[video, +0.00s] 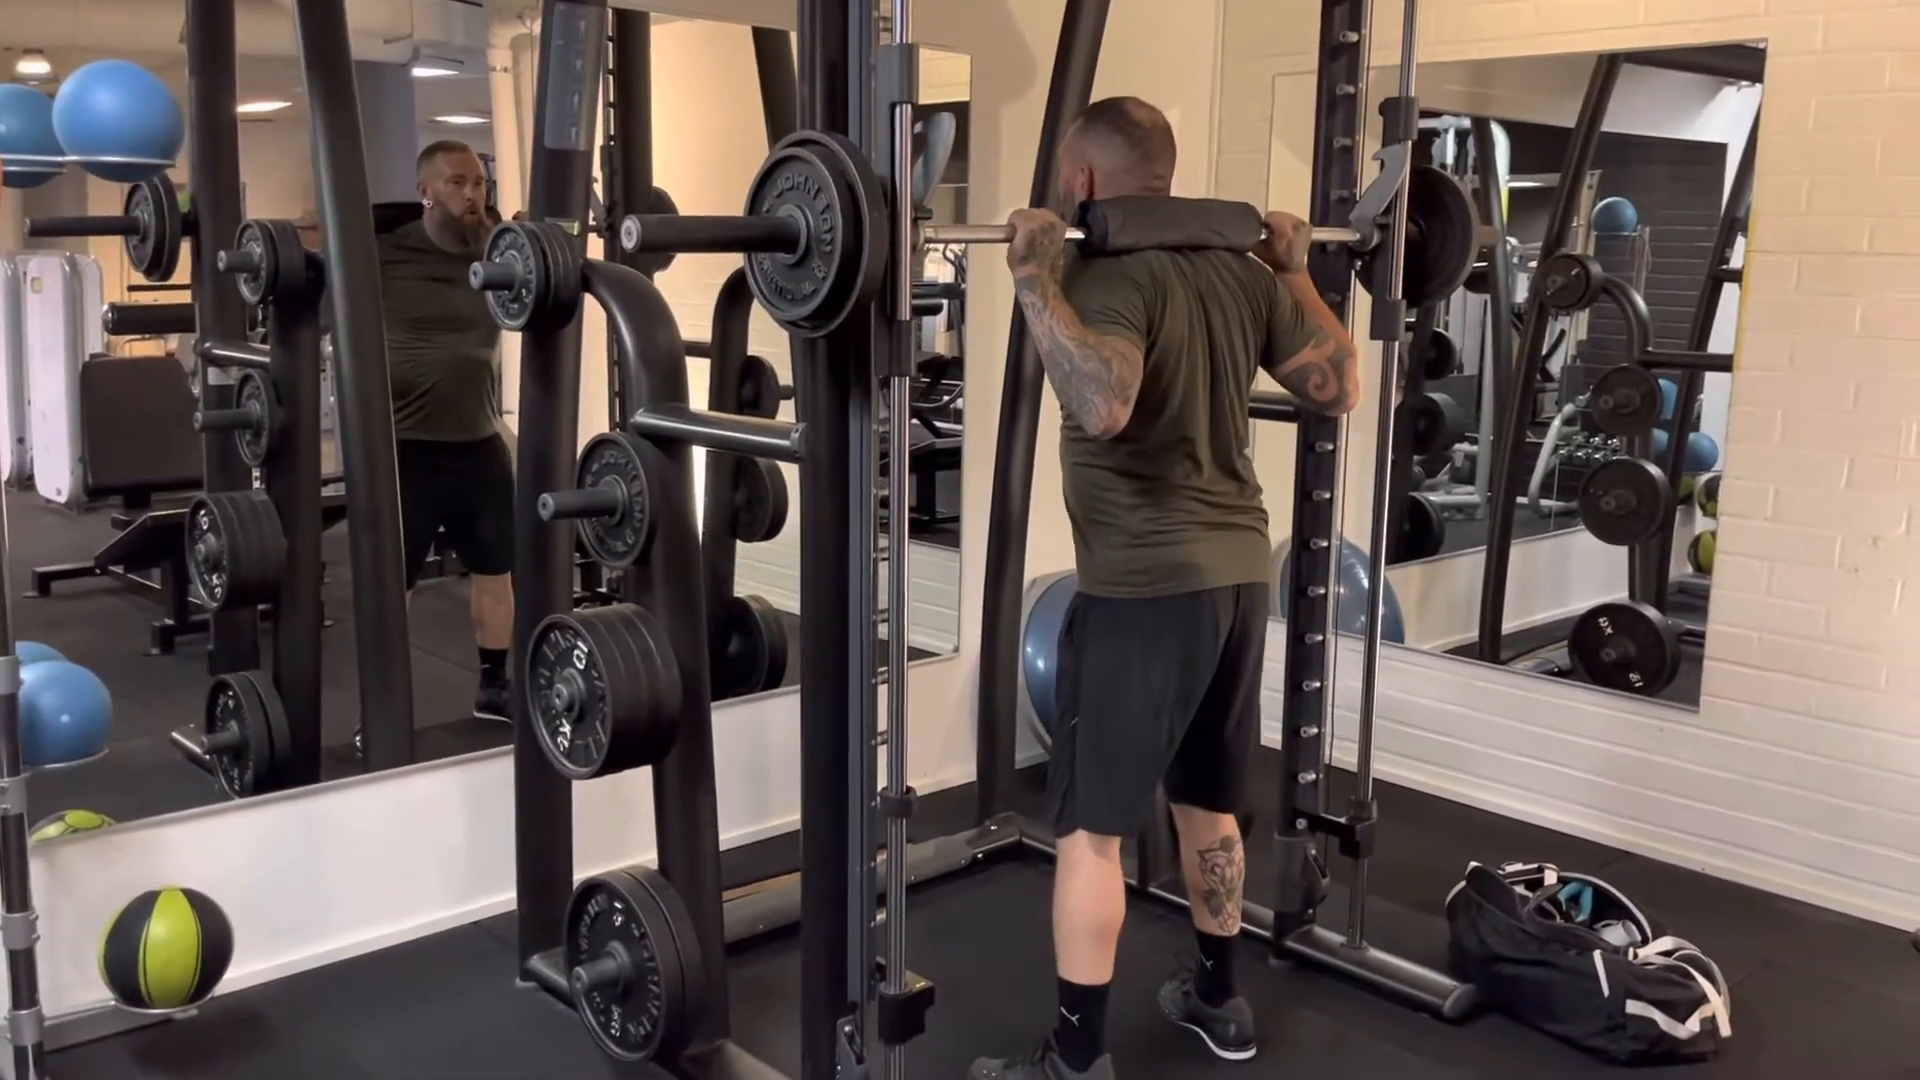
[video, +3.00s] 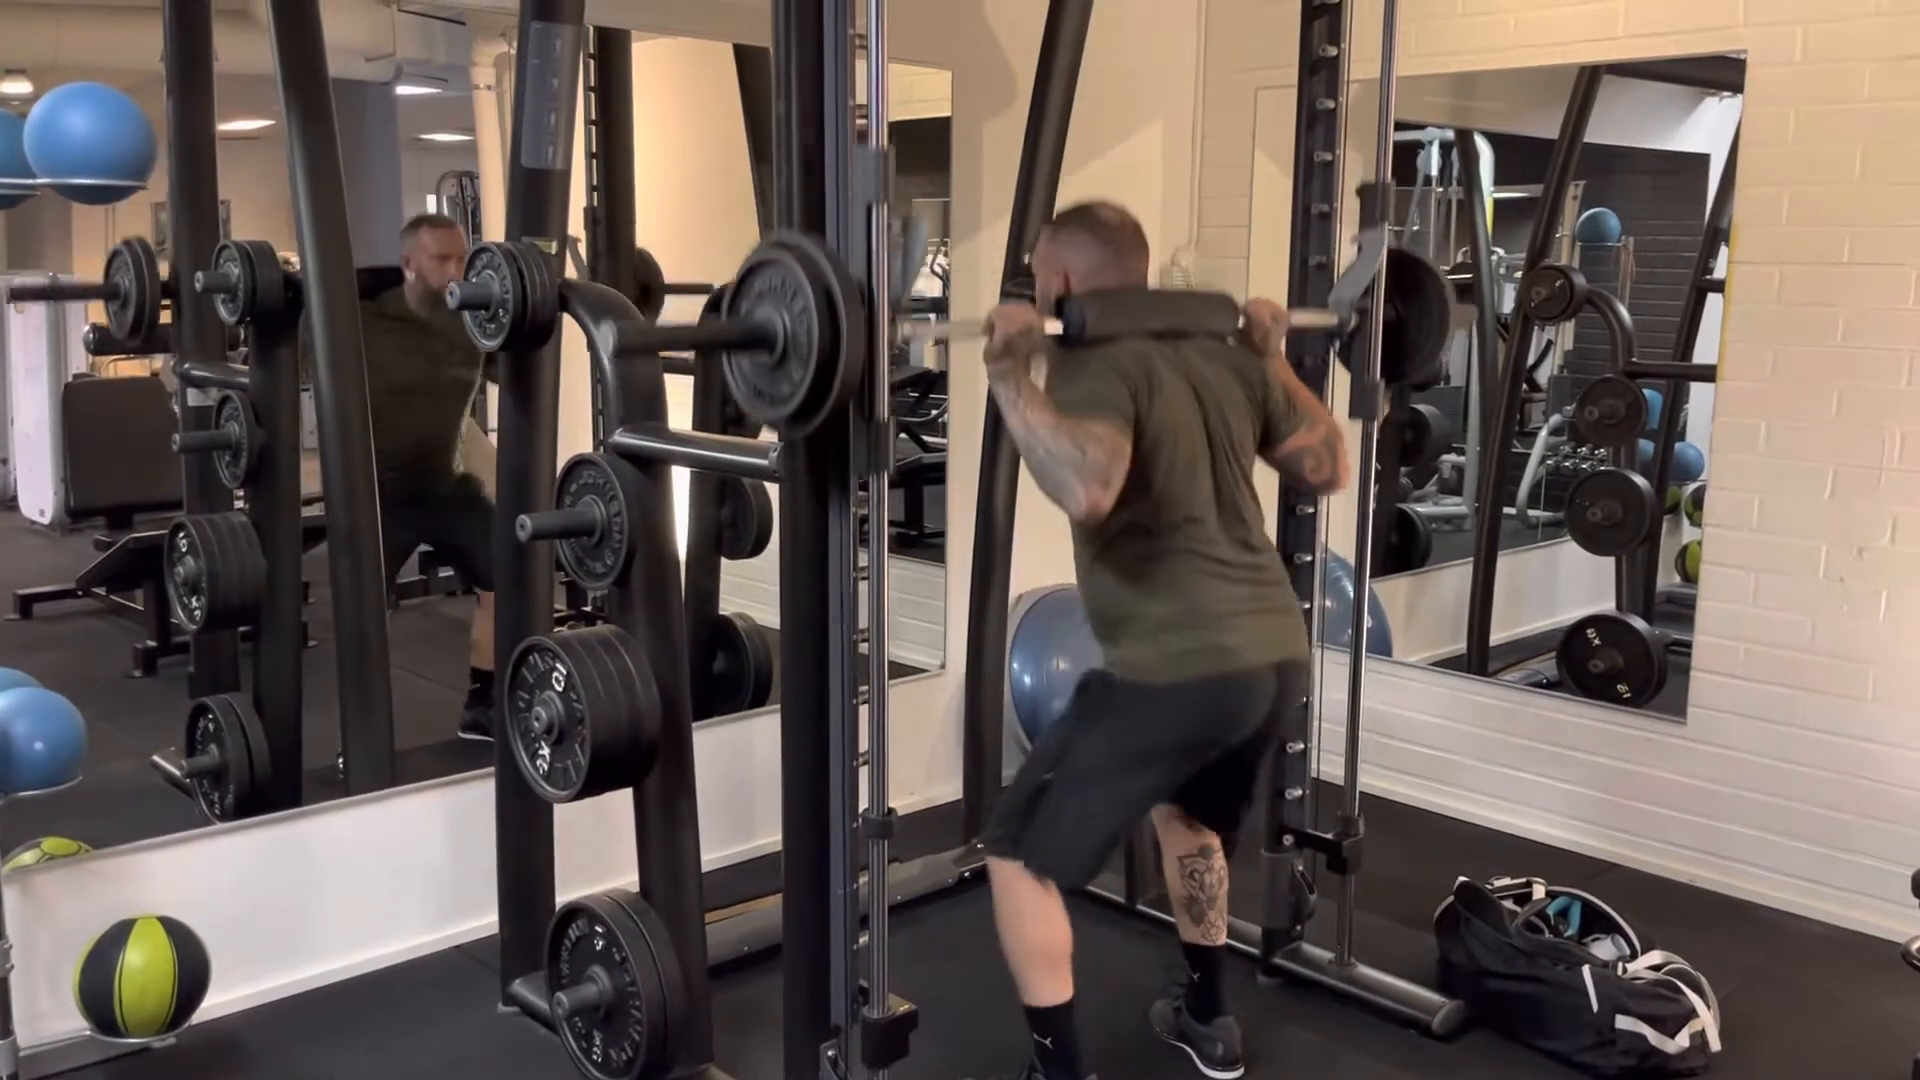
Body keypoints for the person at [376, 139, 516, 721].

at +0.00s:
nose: (474, 193)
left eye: (480, 182)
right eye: (459, 182)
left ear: (487, 190)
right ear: (426, 190)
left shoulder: (493, 255)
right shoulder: (378, 256)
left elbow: (543, 273)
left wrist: (496, 232)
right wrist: (298, 248)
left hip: (479, 441)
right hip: (401, 444)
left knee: (496, 563)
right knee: (388, 578)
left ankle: (496, 684)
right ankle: (378, 699)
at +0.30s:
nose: (471, 237)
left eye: (476, 225)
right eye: (457, 226)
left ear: (483, 229)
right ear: (424, 233)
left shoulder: (485, 293)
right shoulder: (377, 291)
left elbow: (516, 339)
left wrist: (544, 267)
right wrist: (295, 271)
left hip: (464, 465)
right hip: (393, 469)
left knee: (520, 554)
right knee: (375, 589)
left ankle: (495, 683)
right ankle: (374, 706)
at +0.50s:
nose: (468, 306)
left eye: (471, 293)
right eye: (454, 294)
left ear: (479, 294)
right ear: (422, 297)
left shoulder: (485, 350)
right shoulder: (380, 352)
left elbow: (510, 396)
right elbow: (304, 396)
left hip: (454, 498)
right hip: (388, 502)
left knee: (526, 559)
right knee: (377, 602)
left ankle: (494, 683)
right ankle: (371, 717)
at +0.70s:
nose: (466, 372)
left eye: (474, 359)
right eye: (453, 359)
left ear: (482, 360)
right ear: (420, 362)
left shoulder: (486, 408)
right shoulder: (379, 412)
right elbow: (300, 463)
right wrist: (306, 417)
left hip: (450, 542)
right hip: (384, 548)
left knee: (524, 572)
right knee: (370, 616)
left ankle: (490, 687)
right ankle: (365, 718)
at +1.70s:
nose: (454, 306)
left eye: (458, 293)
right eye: (440, 294)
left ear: (467, 296)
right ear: (409, 301)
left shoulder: (476, 356)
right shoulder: (372, 360)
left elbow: (508, 408)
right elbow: (298, 404)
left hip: (441, 508)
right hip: (377, 513)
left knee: (518, 561)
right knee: (367, 613)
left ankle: (485, 691)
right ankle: (358, 727)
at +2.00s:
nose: (454, 216)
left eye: (460, 203)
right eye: (439, 204)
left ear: (466, 207)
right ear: (406, 209)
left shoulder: (472, 270)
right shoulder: (360, 272)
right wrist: (275, 262)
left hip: (453, 451)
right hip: (380, 455)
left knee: (480, 568)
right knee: (365, 590)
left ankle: (482, 696)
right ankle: (360, 714)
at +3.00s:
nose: (456, 270)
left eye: (462, 259)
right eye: (442, 260)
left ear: (469, 261)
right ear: (410, 265)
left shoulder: (471, 326)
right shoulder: (365, 322)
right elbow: (297, 362)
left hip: (445, 488)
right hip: (377, 491)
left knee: (505, 563)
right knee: (357, 604)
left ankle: (484, 700)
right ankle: (360, 725)